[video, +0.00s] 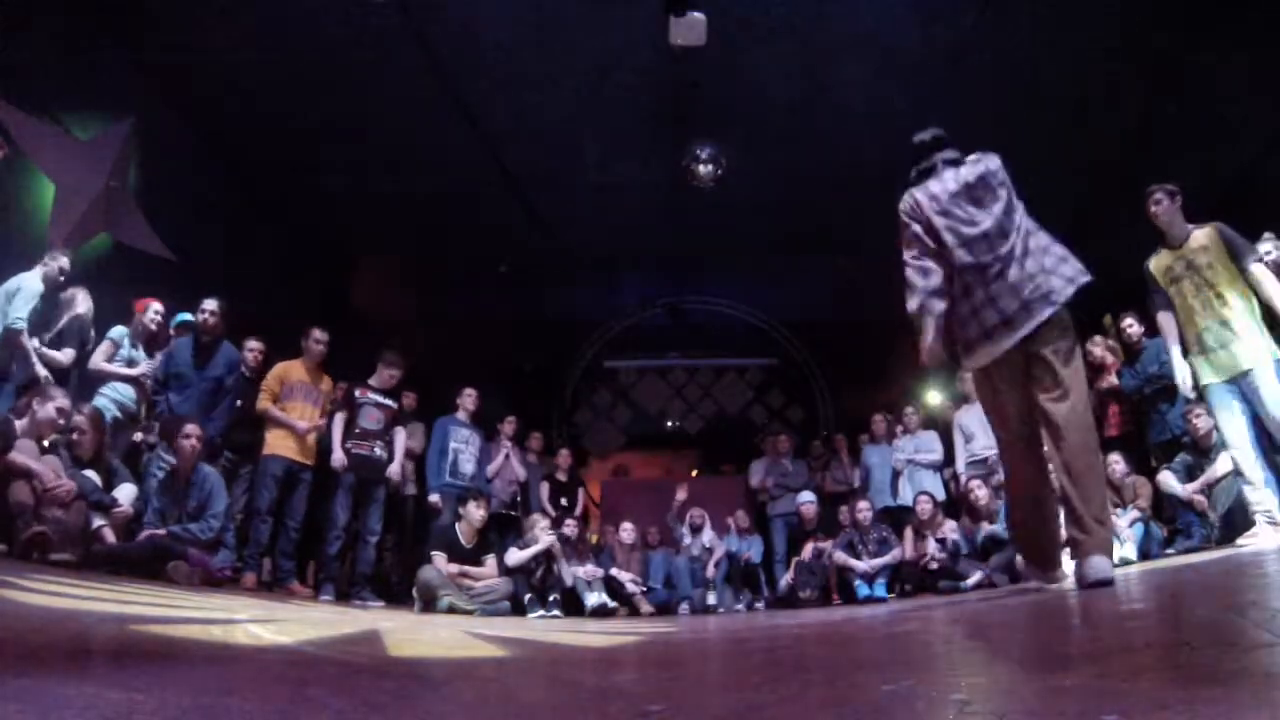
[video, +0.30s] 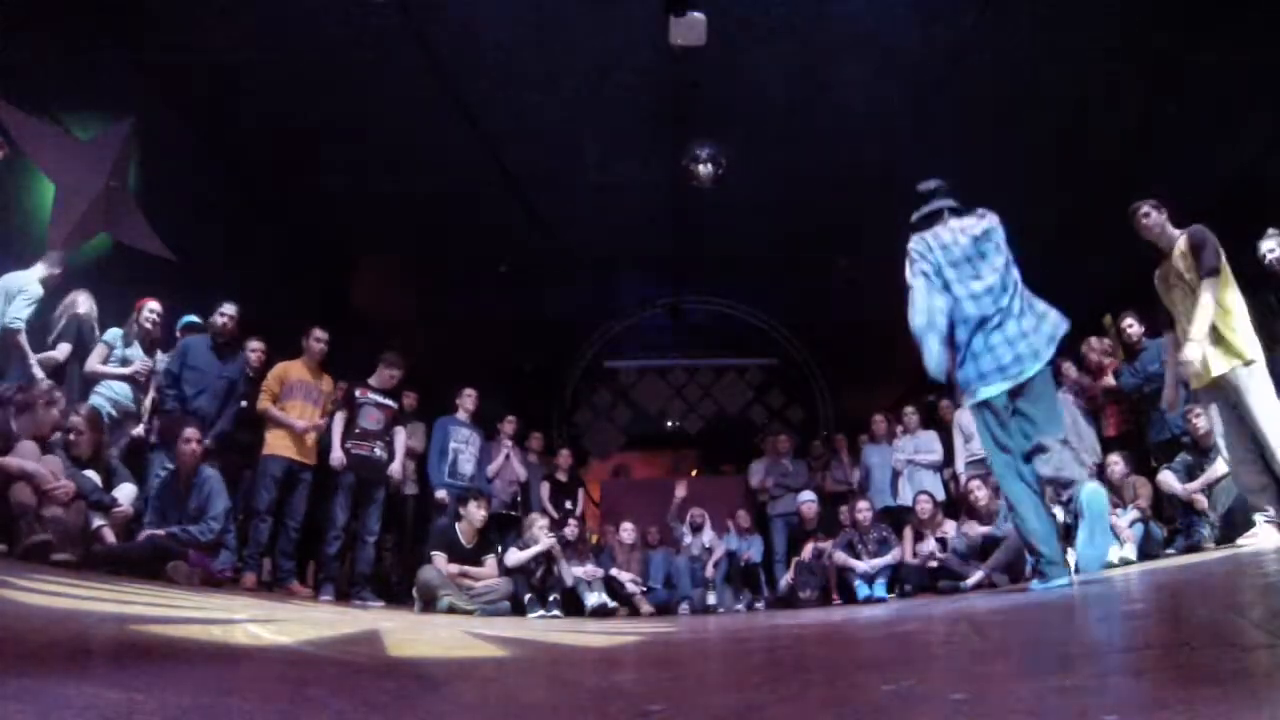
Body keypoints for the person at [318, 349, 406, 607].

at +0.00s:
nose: (392, 380)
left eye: (396, 376)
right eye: (389, 374)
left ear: (399, 378)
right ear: (378, 369)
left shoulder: (394, 403)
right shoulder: (354, 391)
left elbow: (399, 432)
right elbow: (339, 419)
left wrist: (397, 461)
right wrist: (337, 449)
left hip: (379, 466)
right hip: (351, 461)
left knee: (371, 530)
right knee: (339, 525)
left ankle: (361, 586)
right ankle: (328, 583)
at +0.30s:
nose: (392, 380)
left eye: (397, 376)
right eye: (390, 374)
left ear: (399, 378)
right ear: (379, 369)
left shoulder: (395, 403)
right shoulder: (355, 391)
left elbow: (399, 431)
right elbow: (339, 418)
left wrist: (398, 460)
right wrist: (336, 448)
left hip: (378, 466)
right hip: (350, 461)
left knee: (370, 530)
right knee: (338, 525)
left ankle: (361, 586)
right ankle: (327, 583)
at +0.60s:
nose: (394, 380)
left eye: (398, 376)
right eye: (391, 374)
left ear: (399, 378)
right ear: (380, 369)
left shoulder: (395, 402)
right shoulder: (355, 391)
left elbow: (400, 431)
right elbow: (340, 418)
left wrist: (399, 462)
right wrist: (337, 448)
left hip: (379, 466)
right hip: (351, 460)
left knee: (371, 530)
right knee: (339, 525)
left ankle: (361, 586)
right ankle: (327, 583)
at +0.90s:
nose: (394, 380)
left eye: (398, 376)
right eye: (391, 374)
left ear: (399, 378)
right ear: (380, 369)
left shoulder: (395, 402)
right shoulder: (355, 391)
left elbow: (399, 432)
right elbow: (340, 419)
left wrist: (397, 463)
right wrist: (338, 450)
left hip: (378, 467)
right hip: (351, 462)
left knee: (371, 530)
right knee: (338, 525)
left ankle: (361, 586)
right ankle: (327, 583)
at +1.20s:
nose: (393, 379)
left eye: (397, 376)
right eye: (390, 373)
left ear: (399, 378)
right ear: (379, 369)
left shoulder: (395, 403)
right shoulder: (354, 391)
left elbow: (399, 432)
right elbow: (339, 419)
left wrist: (395, 461)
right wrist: (336, 449)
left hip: (377, 466)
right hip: (350, 461)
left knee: (370, 530)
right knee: (338, 525)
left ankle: (361, 586)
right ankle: (327, 583)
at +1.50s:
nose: (392, 380)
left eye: (396, 376)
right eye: (389, 374)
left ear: (398, 378)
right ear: (377, 369)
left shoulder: (395, 403)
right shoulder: (354, 391)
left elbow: (399, 431)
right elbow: (339, 417)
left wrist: (397, 458)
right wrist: (335, 447)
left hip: (378, 466)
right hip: (350, 461)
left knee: (371, 530)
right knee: (339, 525)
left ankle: (361, 586)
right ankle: (327, 583)